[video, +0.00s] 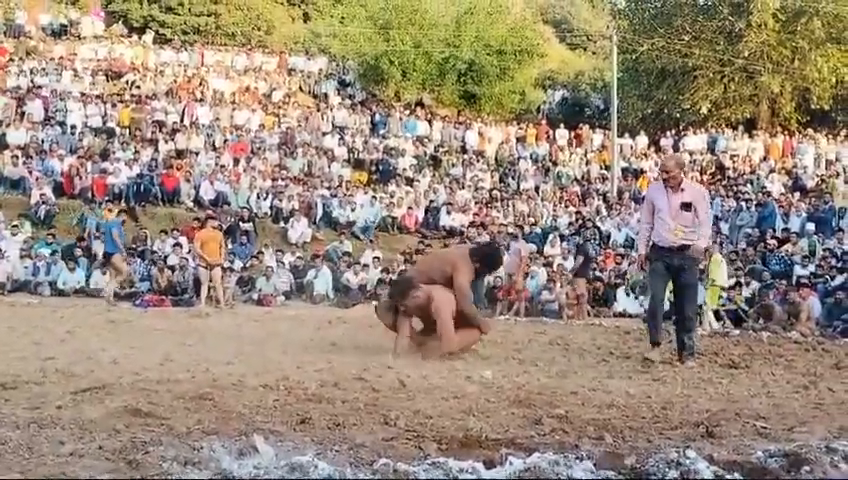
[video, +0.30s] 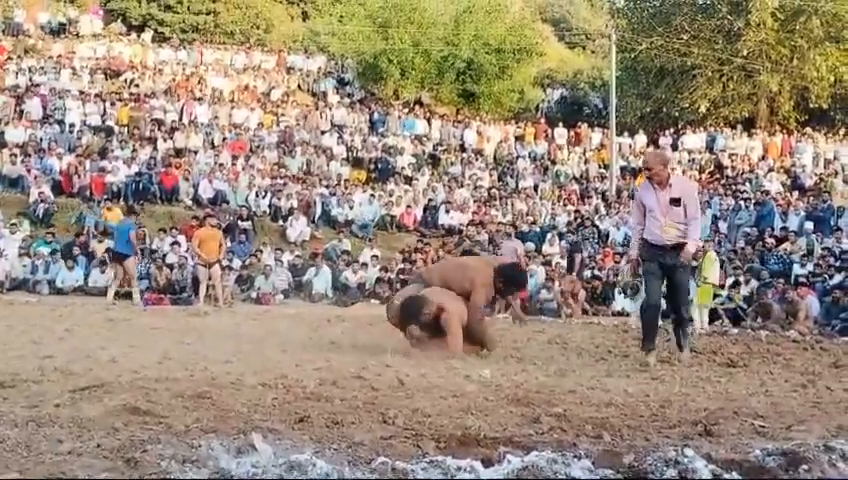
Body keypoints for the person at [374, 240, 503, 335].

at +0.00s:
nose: (486, 273)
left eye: (489, 271)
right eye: (487, 270)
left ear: (481, 253)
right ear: (481, 263)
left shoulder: (470, 251)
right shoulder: (462, 266)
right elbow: (465, 306)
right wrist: (480, 323)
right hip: (411, 285)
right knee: (385, 312)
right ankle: (416, 337)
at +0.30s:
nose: (513, 296)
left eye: (517, 293)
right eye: (513, 293)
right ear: (503, 286)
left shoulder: (499, 265)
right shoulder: (483, 285)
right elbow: (472, 322)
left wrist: (522, 316)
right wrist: (487, 343)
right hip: (425, 282)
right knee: (394, 310)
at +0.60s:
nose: (516, 314)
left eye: (520, 312)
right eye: (515, 310)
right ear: (508, 298)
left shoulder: (521, 282)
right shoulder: (490, 291)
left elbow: (532, 318)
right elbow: (471, 329)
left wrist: (542, 351)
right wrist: (486, 352)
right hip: (434, 280)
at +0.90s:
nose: (491, 311)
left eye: (498, 309)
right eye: (491, 307)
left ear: (509, 295)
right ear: (486, 295)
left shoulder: (504, 286)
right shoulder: (469, 290)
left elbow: (518, 320)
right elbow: (454, 329)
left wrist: (539, 350)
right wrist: (481, 348)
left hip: (452, 280)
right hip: (427, 285)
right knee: (421, 330)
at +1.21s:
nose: (470, 300)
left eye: (475, 297)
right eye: (468, 296)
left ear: (485, 284)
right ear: (461, 284)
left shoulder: (483, 278)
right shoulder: (447, 284)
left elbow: (503, 299)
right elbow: (456, 330)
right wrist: (477, 338)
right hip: (418, 290)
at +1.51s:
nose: (475, 299)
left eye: (478, 296)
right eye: (475, 295)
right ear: (467, 289)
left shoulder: (468, 265)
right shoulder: (447, 289)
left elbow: (472, 296)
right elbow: (454, 330)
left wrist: (476, 318)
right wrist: (470, 327)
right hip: (393, 279)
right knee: (391, 329)